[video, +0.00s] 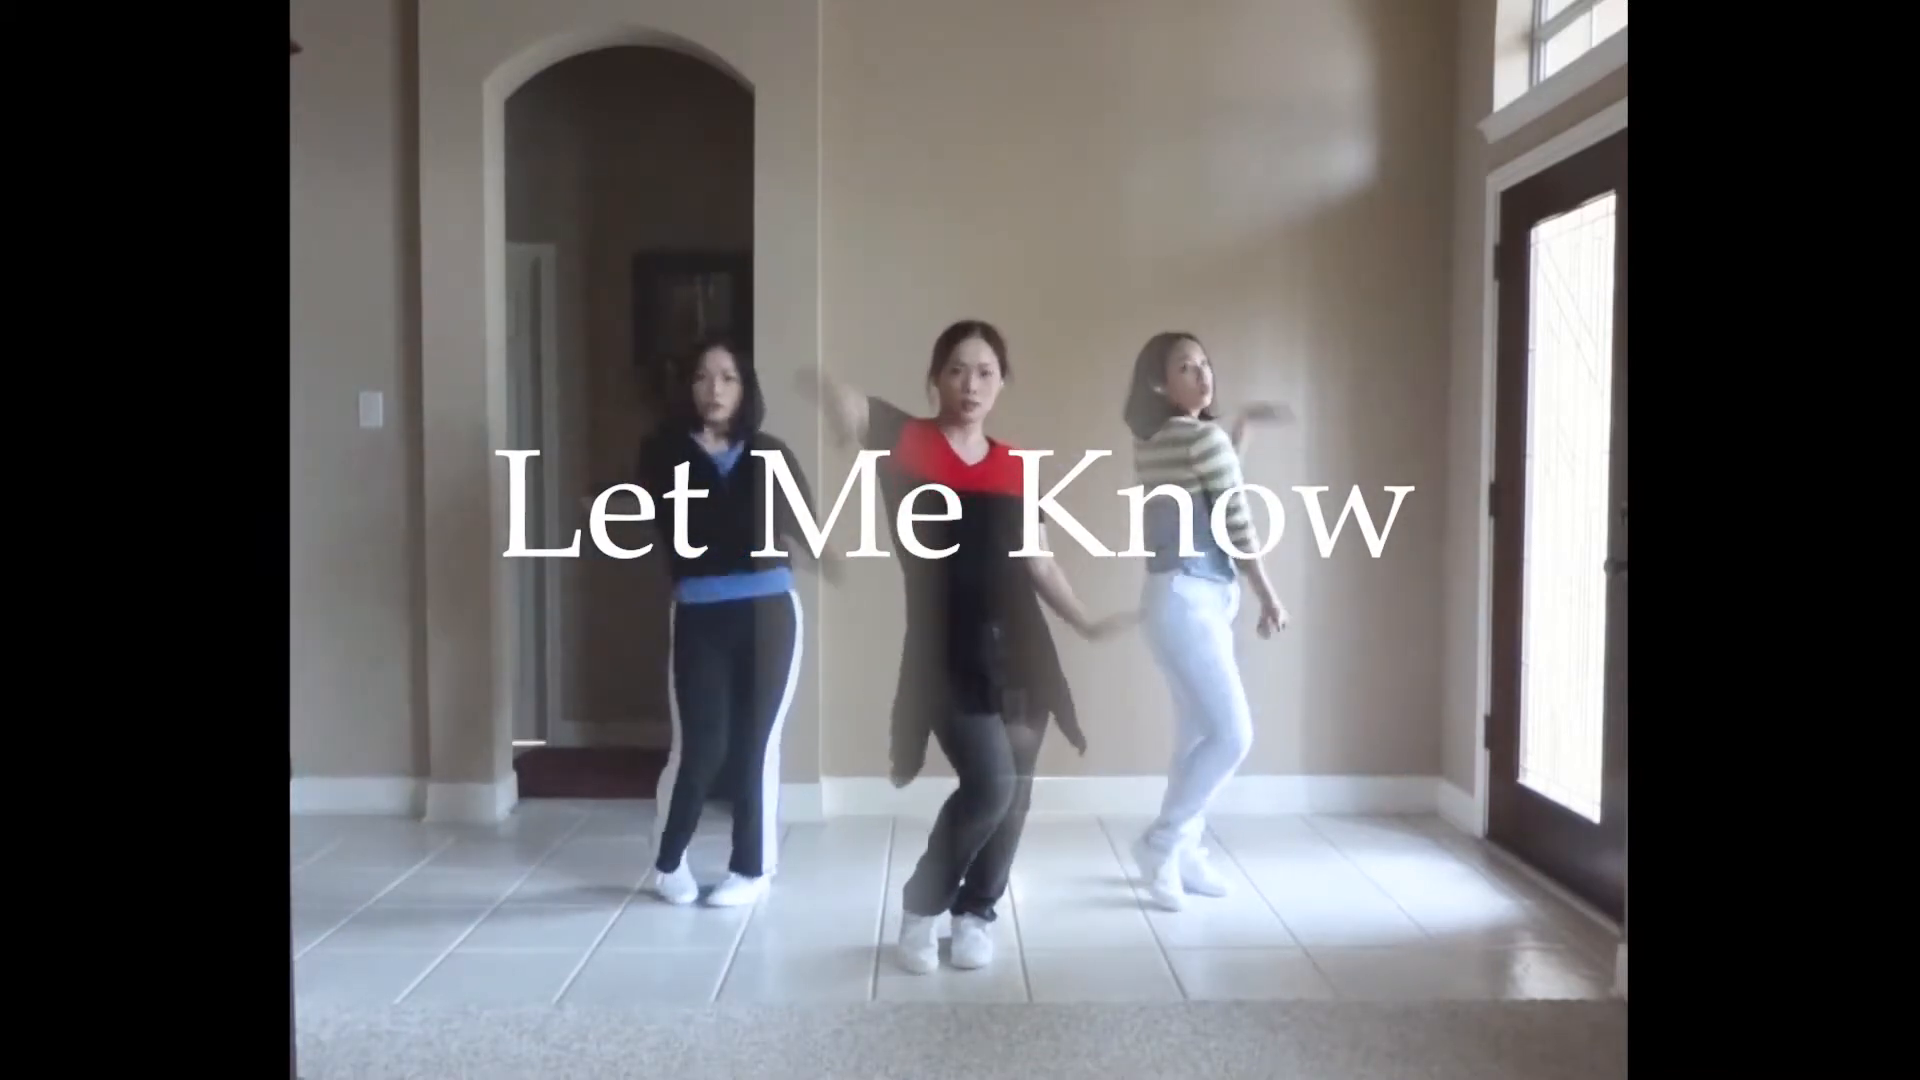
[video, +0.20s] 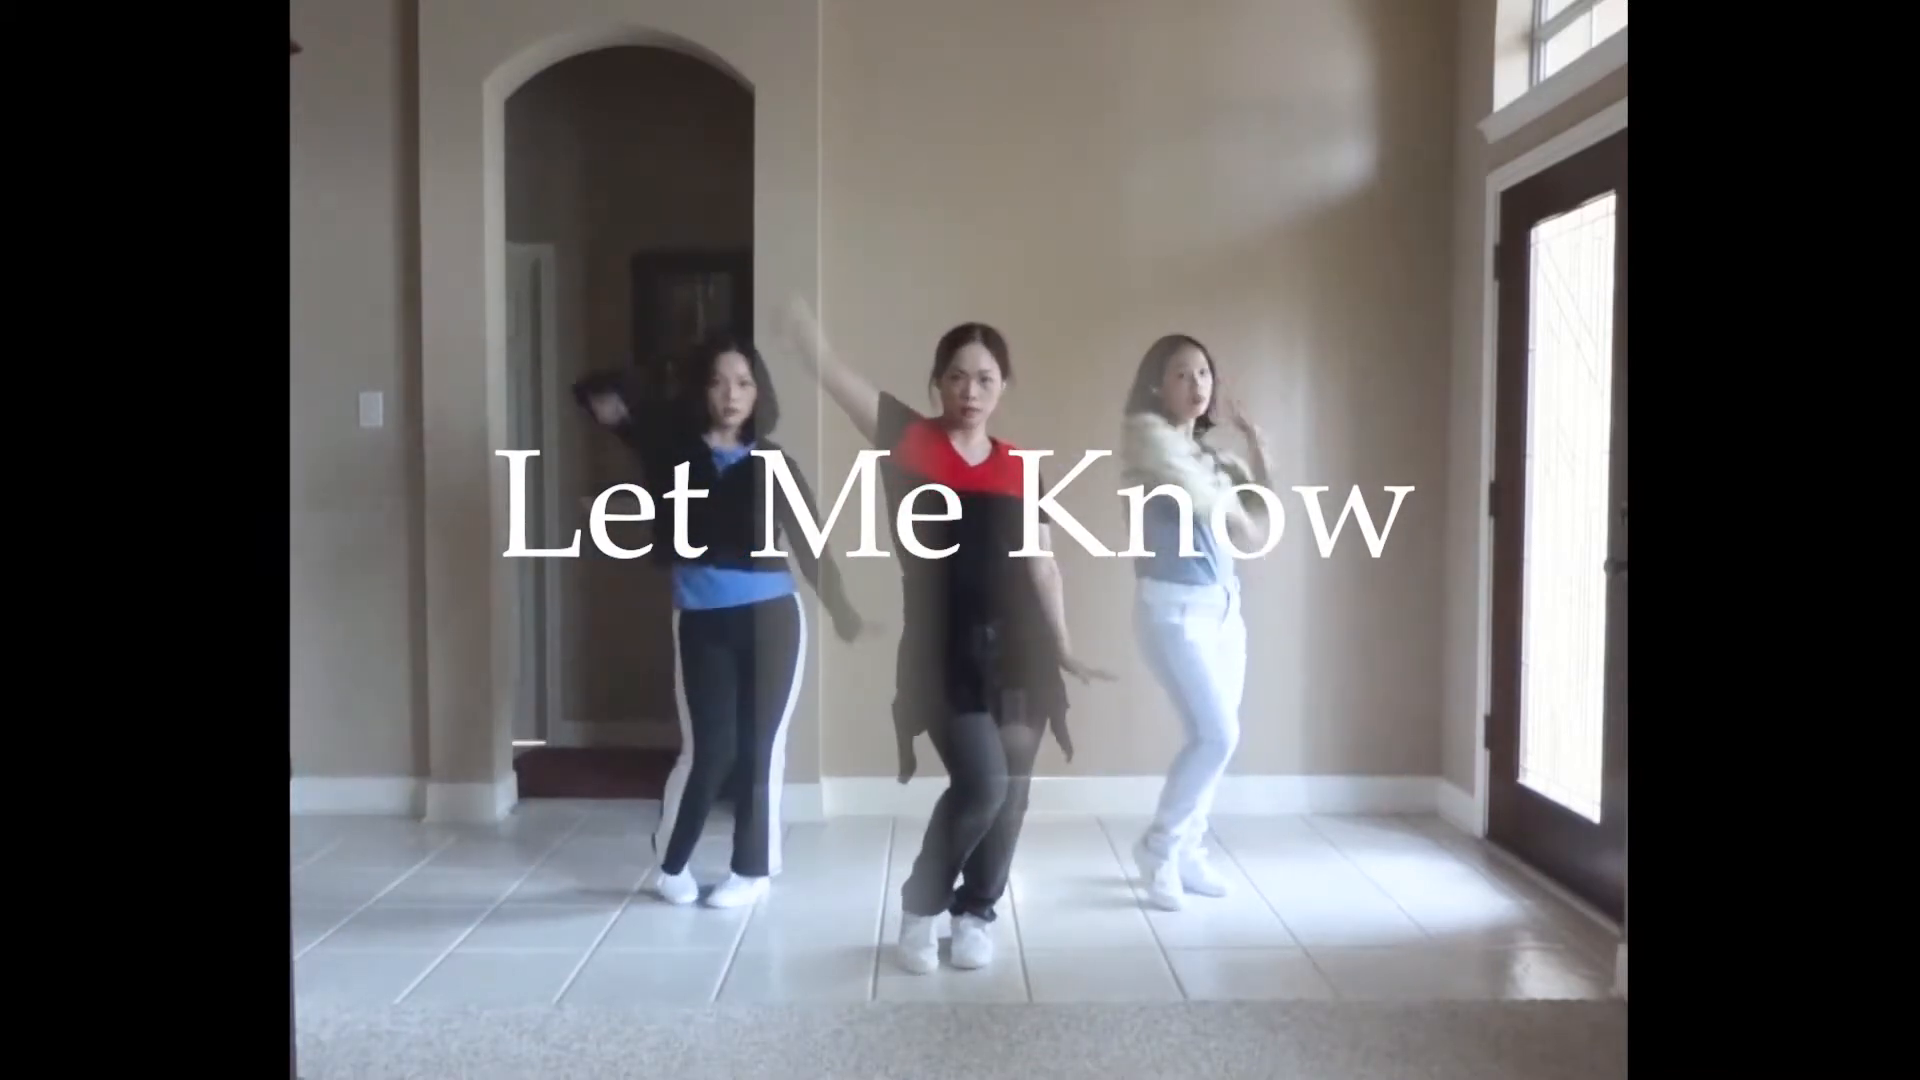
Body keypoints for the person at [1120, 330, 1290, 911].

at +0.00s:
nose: (1202, 375)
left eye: (1204, 365)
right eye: (1187, 368)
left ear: (1208, 373)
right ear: (1160, 384)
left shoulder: (1151, 439)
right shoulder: (1206, 435)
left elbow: (1199, 462)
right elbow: (1235, 521)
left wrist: (1237, 429)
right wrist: (1268, 596)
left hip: (1169, 593)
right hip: (1195, 597)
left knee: (1195, 731)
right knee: (1233, 735)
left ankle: (1189, 851)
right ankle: (1161, 844)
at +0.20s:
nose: (1197, 384)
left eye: (1204, 374)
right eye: (1182, 374)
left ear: (1212, 385)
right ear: (1155, 384)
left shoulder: (1201, 449)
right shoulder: (1148, 433)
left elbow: (1262, 503)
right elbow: (1203, 497)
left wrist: (1255, 449)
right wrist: (1237, 506)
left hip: (1221, 606)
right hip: (1172, 606)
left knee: (1220, 734)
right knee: (1215, 735)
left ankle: (1190, 848)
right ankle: (1157, 846)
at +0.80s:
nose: (1190, 357)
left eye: (1201, 349)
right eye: (1178, 347)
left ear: (1216, 365)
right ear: (1156, 360)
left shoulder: (1236, 436)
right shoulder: (1130, 422)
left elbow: (1293, 489)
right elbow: (1079, 383)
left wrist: (1348, 538)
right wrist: (1045, 320)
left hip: (1209, 595)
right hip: (1140, 594)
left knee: (1209, 731)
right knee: (1132, 721)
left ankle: (1195, 849)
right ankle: (1137, 817)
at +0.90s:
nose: (1189, 358)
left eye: (1199, 351)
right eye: (1177, 349)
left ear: (1213, 367)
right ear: (1154, 361)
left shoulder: (1230, 439)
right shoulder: (1123, 421)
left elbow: (1287, 486)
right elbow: (1067, 381)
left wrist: (1332, 512)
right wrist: (1038, 313)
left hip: (1204, 589)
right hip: (1137, 591)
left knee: (1208, 723)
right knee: (1138, 718)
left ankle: (1214, 847)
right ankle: (1142, 823)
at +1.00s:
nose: (1182, 365)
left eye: (1192, 357)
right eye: (1170, 356)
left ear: (1205, 375)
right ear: (1148, 369)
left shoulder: (1218, 446)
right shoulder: (1116, 428)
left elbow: (1275, 492)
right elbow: (1060, 390)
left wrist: (1326, 517)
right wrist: (1039, 333)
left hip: (1196, 591)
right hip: (1131, 595)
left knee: (1205, 719)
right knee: (1133, 715)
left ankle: (1227, 842)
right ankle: (1145, 824)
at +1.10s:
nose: (1176, 376)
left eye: (1186, 369)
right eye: (1164, 366)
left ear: (1198, 385)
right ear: (1141, 377)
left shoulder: (1212, 455)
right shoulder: (1110, 435)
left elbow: (1267, 505)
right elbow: (1054, 399)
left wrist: (1330, 517)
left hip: (1188, 590)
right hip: (1126, 595)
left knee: (1203, 723)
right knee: (1131, 722)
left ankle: (1234, 842)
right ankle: (1144, 828)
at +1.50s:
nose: (1116, 408)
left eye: (1125, 401)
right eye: (1118, 400)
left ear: (1149, 412)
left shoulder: (1203, 475)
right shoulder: (1107, 466)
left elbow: (1242, 529)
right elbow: (1063, 442)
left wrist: (1297, 539)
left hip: (1175, 606)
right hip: (1115, 607)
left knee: (1182, 717)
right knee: (1119, 724)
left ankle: (1206, 840)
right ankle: (1144, 827)